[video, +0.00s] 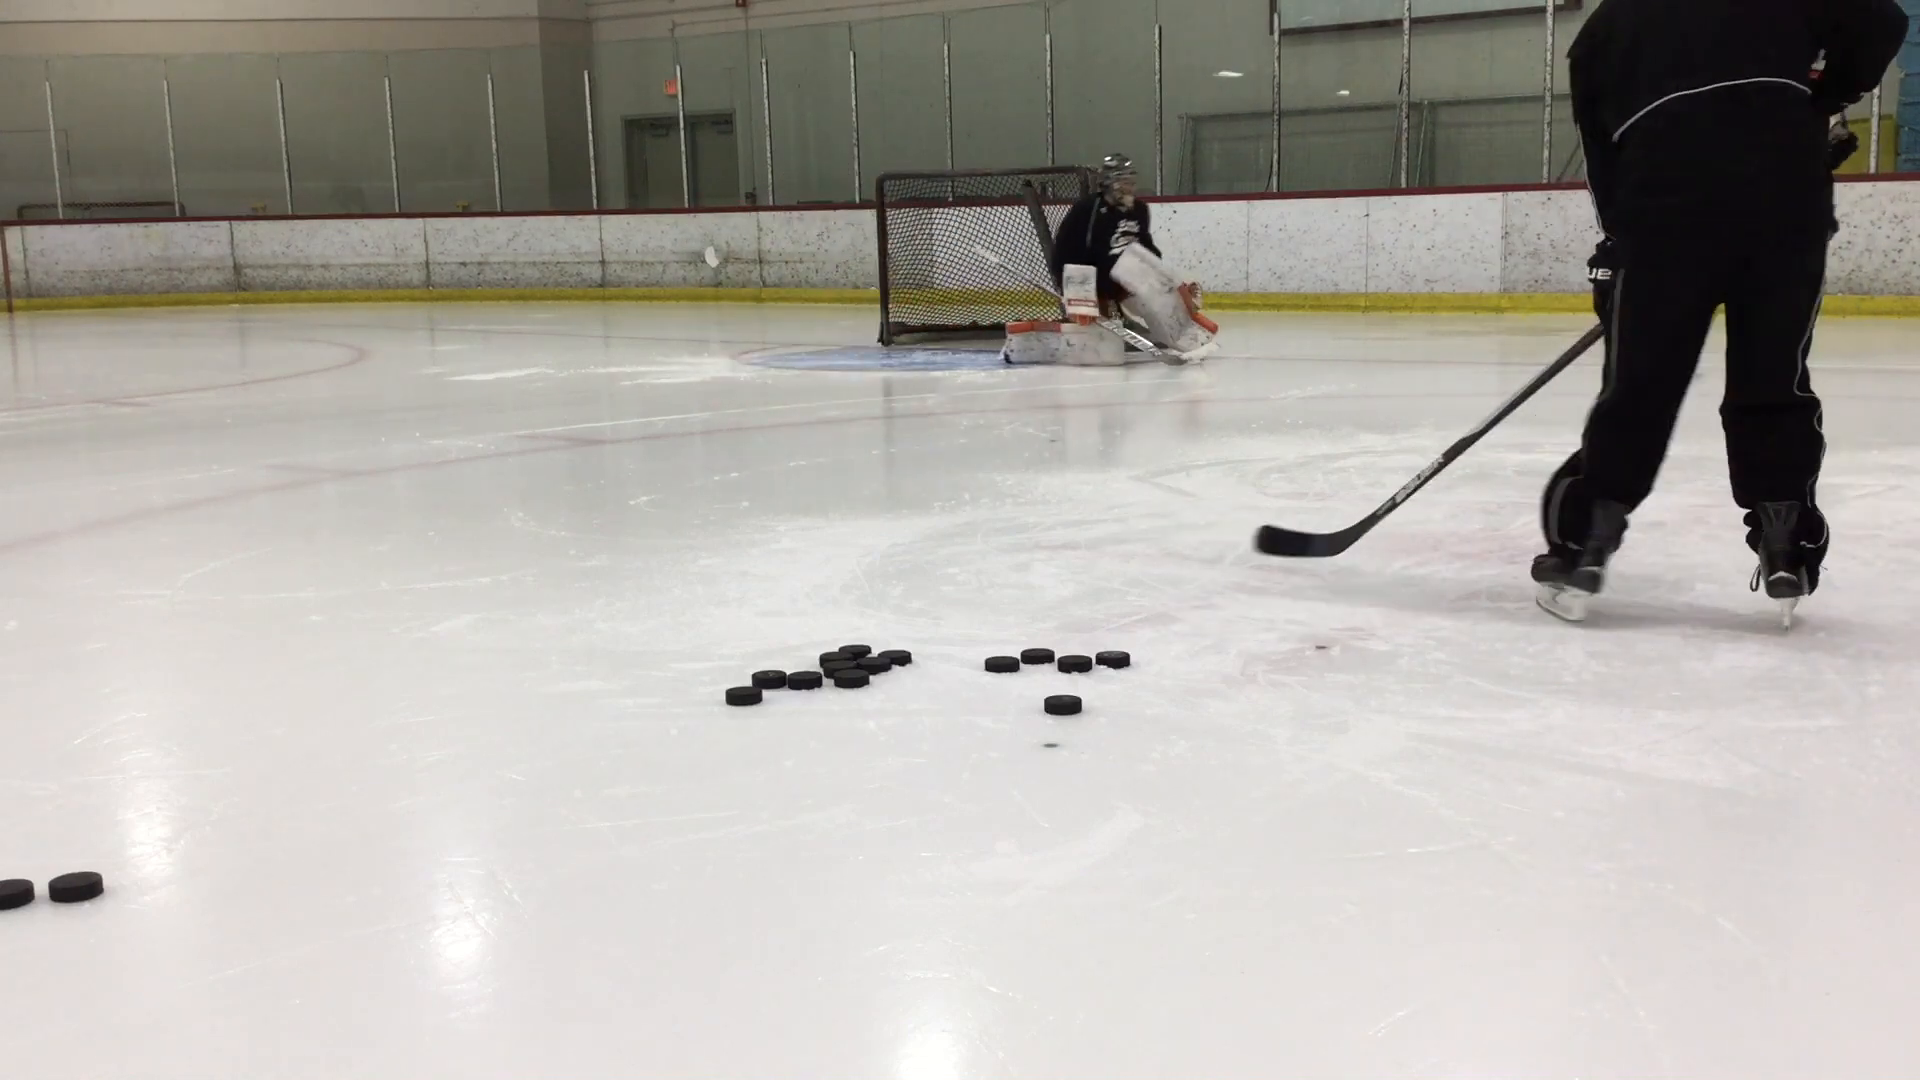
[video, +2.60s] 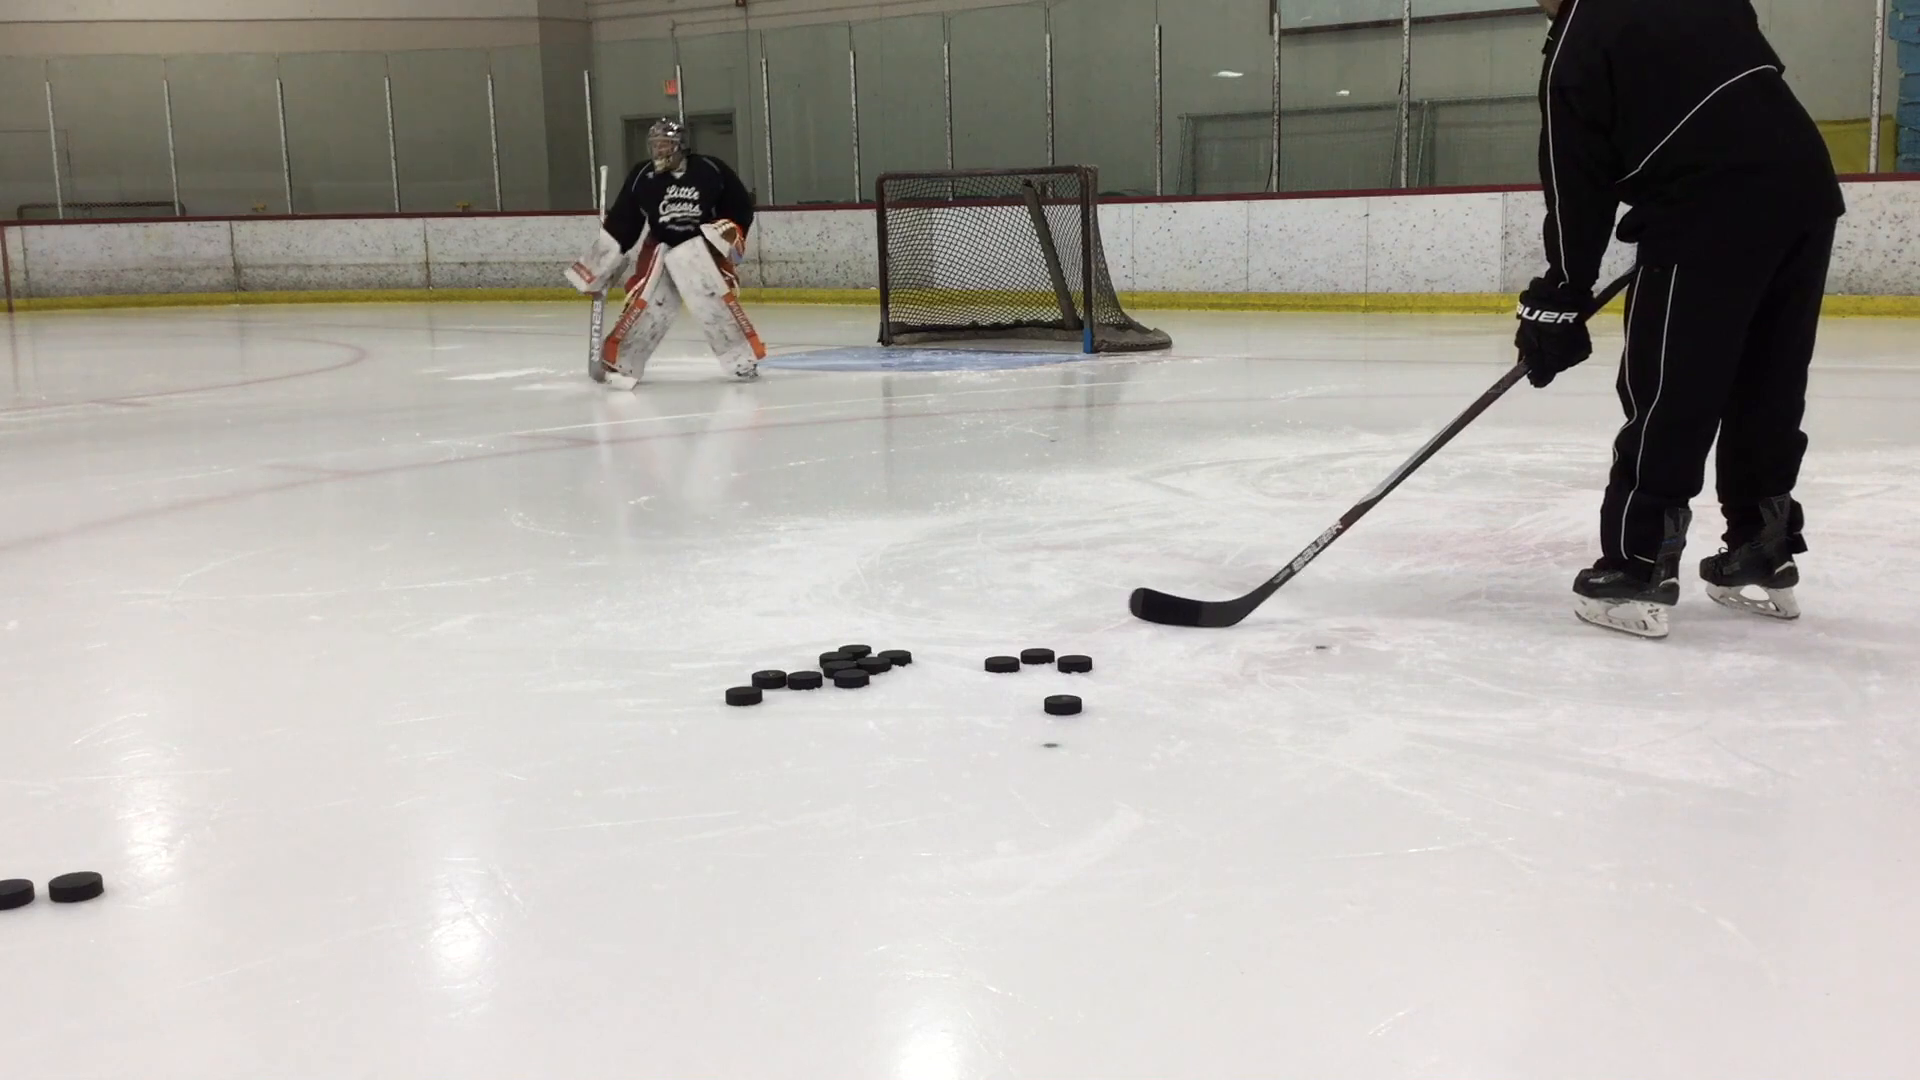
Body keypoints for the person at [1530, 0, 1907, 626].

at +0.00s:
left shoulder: (1602, 28)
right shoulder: (1791, 5)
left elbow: (1603, 150)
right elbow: (1883, 21)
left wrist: (1617, 239)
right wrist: (1828, 95)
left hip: (1668, 207)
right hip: (1786, 198)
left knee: (1639, 387)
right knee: (1773, 384)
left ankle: (1586, 543)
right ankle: (1785, 546)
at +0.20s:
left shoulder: (1622, 25)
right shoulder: (1796, 3)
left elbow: (1606, 149)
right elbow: (1850, 52)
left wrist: (1594, 263)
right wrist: (1780, 114)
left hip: (1691, 212)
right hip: (1805, 206)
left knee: (1659, 394)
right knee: (1775, 384)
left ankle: (1614, 553)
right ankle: (1788, 545)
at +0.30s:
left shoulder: (1626, 22)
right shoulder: (1789, 7)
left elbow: (1604, 148)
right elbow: (1803, 89)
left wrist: (1573, 262)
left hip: (1705, 213)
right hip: (1813, 208)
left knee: (1658, 395)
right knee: (1774, 389)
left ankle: (1616, 555)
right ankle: (1791, 551)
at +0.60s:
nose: (1553, 8)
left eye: (1557, 9)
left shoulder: (1594, 17)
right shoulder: (1719, 7)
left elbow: (1578, 147)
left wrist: (1537, 277)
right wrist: (1634, 204)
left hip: (1693, 220)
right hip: (1795, 201)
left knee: (1651, 397)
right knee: (1769, 391)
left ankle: (1634, 560)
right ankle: (1787, 550)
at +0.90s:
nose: (1519, 20)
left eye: (1521, 16)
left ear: (1539, 3)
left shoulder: (1561, 27)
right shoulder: (1690, 7)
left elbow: (1557, 161)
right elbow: (1721, 98)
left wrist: (1529, 284)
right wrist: (1641, 196)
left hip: (1681, 211)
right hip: (1781, 192)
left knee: (1642, 393)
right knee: (1764, 383)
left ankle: (1635, 562)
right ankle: (1783, 548)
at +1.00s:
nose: (1514, 10)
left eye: (1517, 8)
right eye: (1516, 9)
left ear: (1529, 2)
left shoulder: (1553, 36)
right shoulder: (1680, 7)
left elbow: (1556, 156)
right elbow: (1761, 19)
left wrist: (1545, 273)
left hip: (1678, 210)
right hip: (1779, 190)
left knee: (1640, 392)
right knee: (1758, 383)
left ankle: (1634, 564)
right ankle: (1776, 548)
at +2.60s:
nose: (1544, 12)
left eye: (1544, 9)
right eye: (1545, 9)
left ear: (1558, 2)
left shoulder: (1575, 42)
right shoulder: (1709, 7)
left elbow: (1575, 182)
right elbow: (1743, 95)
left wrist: (1557, 301)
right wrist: (1662, 203)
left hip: (1705, 214)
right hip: (1806, 194)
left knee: (1664, 389)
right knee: (1769, 383)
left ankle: (1642, 559)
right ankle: (1763, 548)